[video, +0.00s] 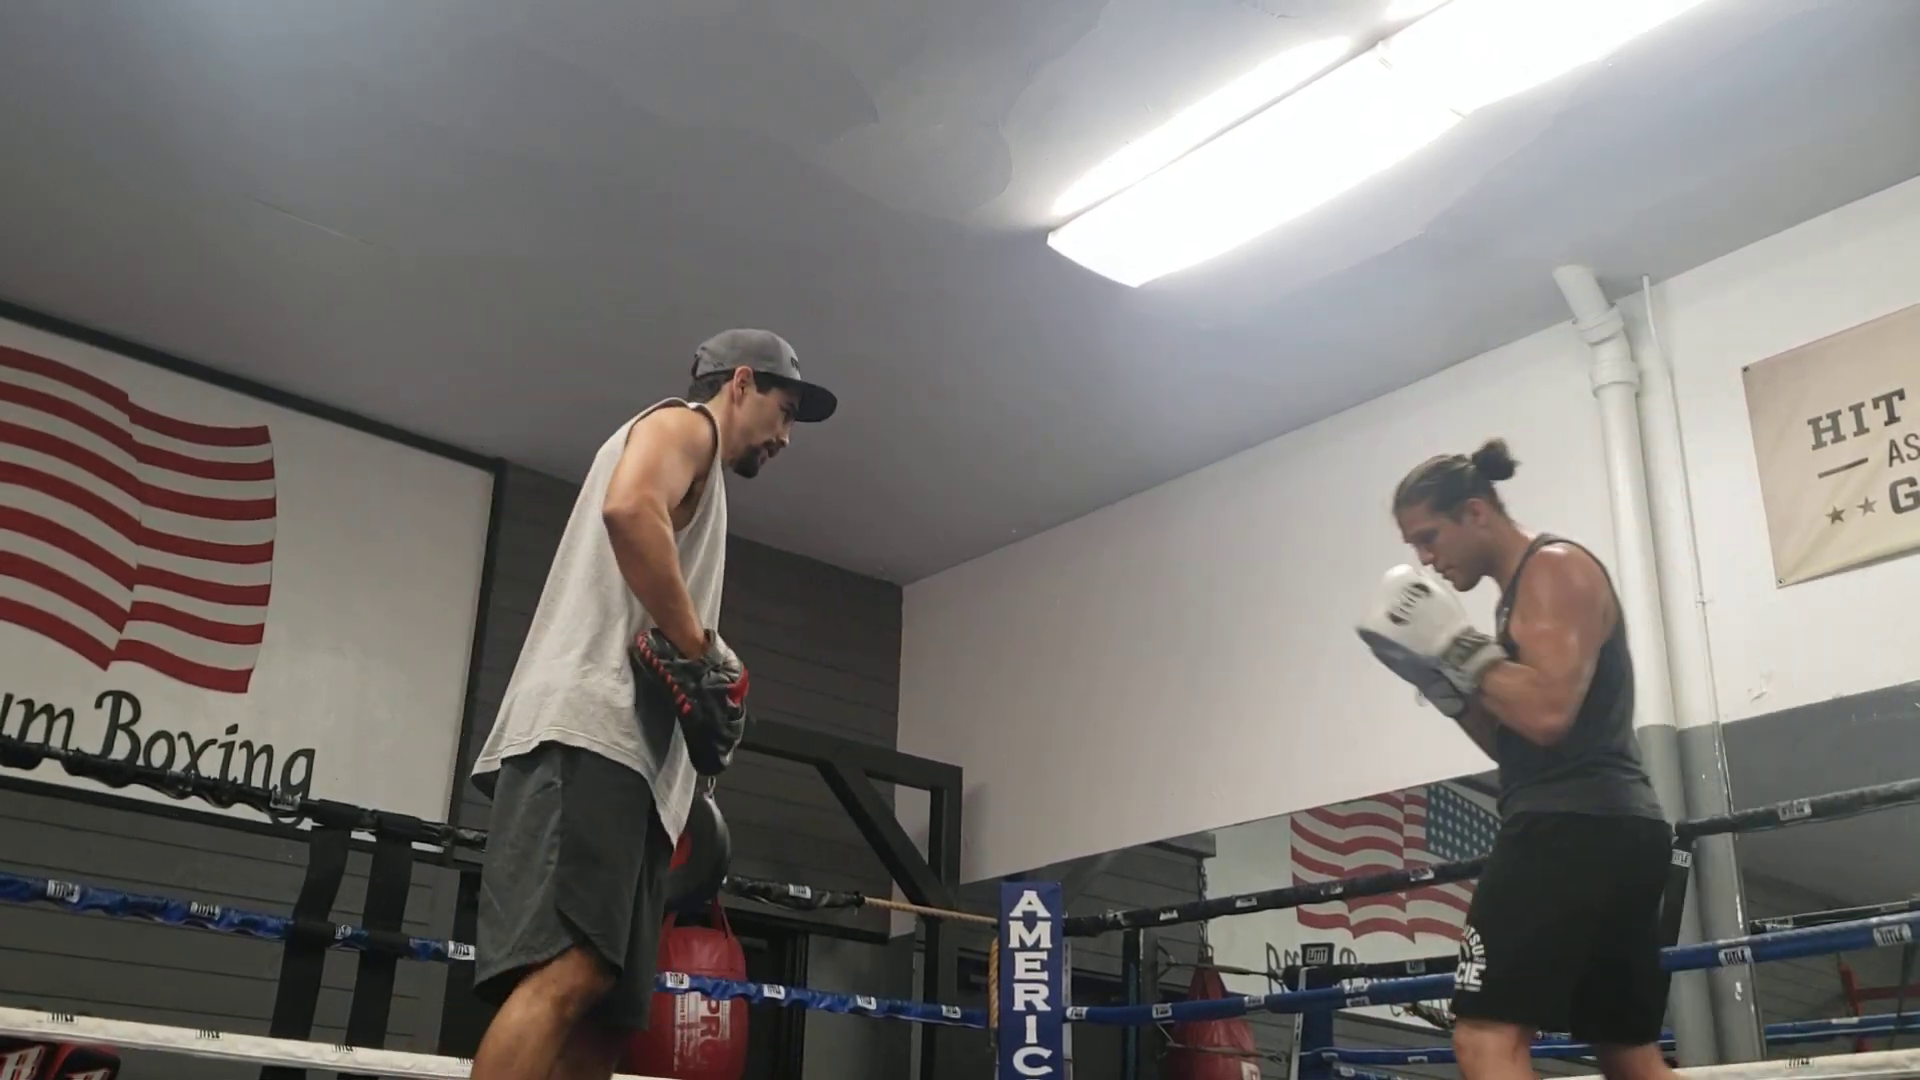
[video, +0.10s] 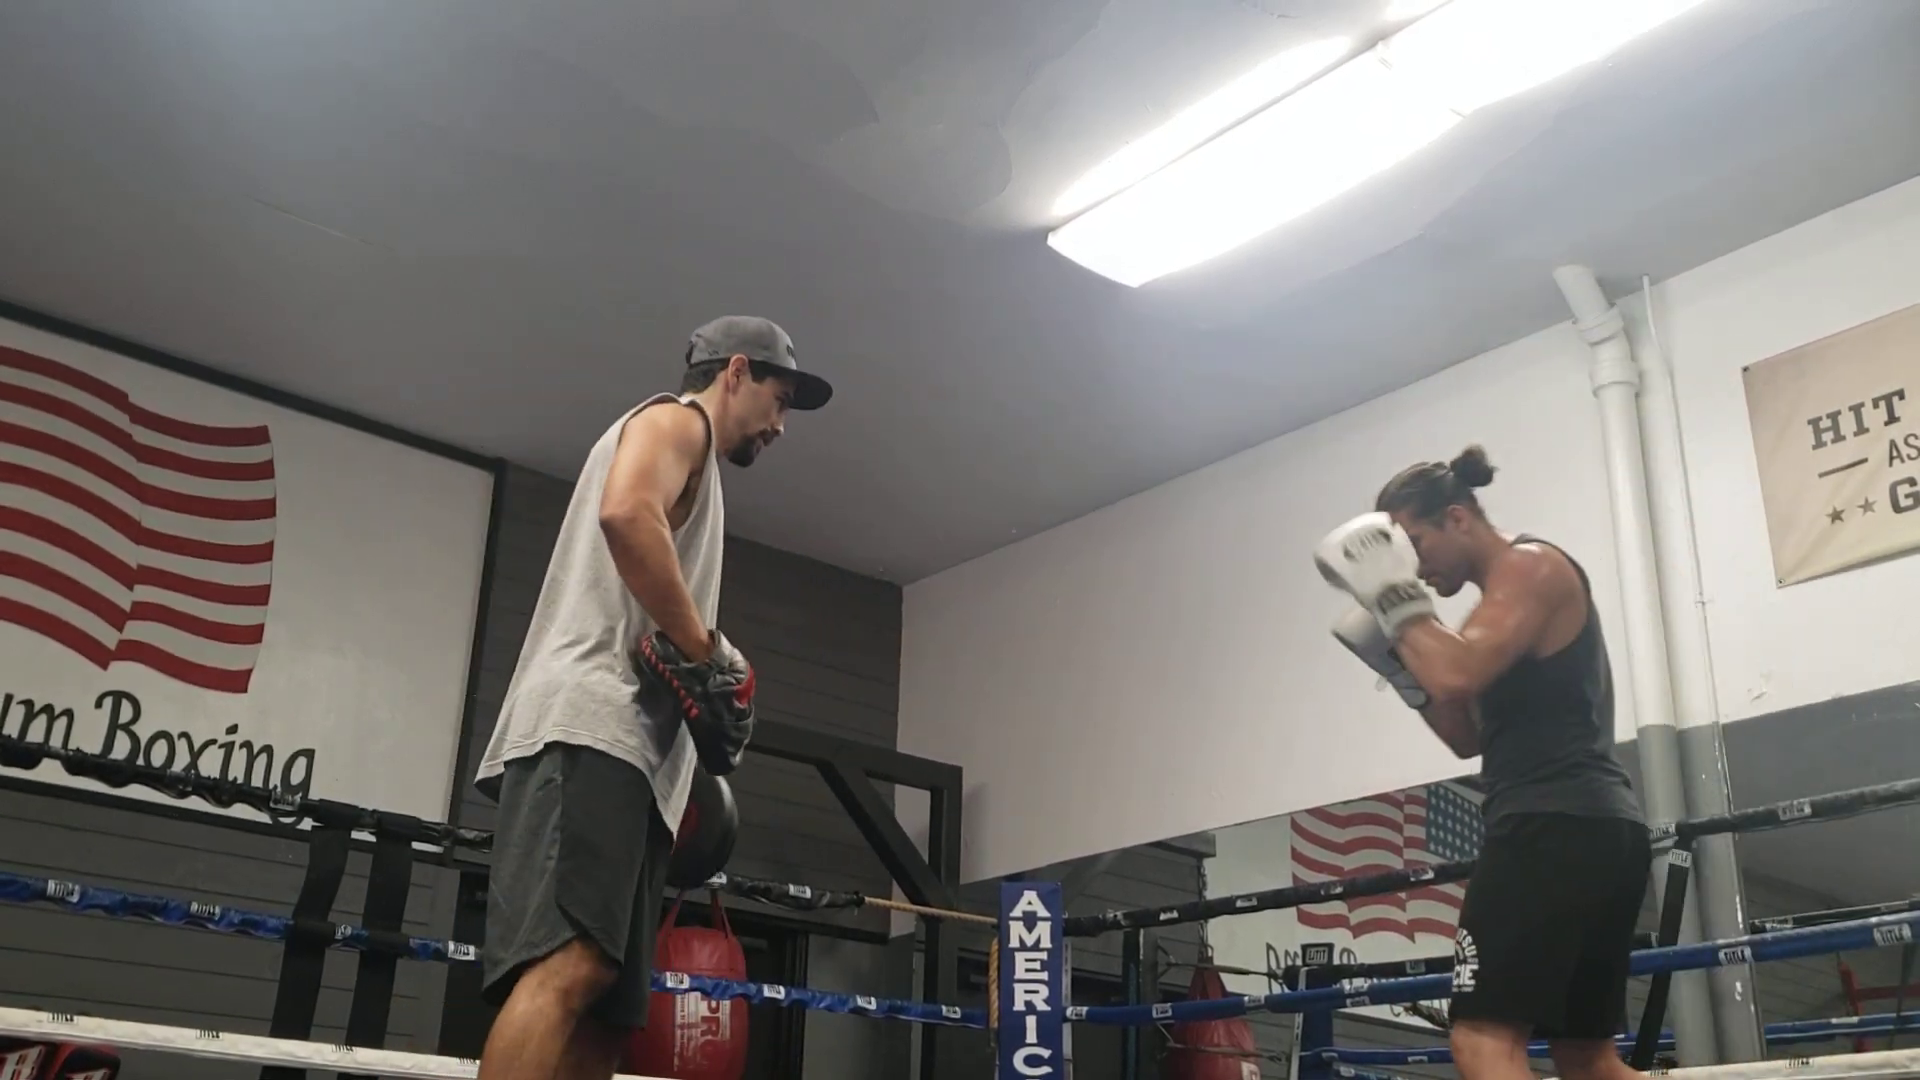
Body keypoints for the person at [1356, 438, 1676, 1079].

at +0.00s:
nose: (1425, 559)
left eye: (1428, 538)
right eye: (1415, 547)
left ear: (1477, 512)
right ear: (1476, 516)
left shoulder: (1557, 567)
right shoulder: (1516, 601)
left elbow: (1549, 714)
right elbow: (1518, 749)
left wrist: (1458, 642)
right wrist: (1448, 689)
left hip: (1566, 828)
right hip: (1619, 829)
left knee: (1487, 1039)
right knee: (1630, 1050)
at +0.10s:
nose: (1414, 563)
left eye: (1415, 542)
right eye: (1406, 551)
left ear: (1459, 516)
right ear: (1458, 520)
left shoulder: (1531, 566)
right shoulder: (1506, 594)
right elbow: (1472, 740)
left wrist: (1393, 592)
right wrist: (1400, 669)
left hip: (1549, 825)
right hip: (1603, 824)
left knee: (1484, 1041)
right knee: (1586, 1054)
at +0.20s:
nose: (1408, 571)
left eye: (1406, 552)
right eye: (1398, 560)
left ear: (1447, 523)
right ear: (1446, 526)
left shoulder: (1516, 562)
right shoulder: (1493, 612)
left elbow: (1411, 634)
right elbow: (1453, 749)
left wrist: (1365, 557)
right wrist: (1392, 674)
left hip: (1545, 828)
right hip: (1581, 829)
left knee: (1487, 1035)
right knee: (1562, 1051)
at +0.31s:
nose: (1406, 591)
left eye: (1407, 572)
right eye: (1397, 580)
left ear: (1443, 541)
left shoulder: (1509, 571)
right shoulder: (1478, 629)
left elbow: (1450, 644)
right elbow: (1461, 775)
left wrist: (1380, 584)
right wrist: (1396, 696)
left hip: (1543, 834)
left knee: (1497, 1043)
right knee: (1551, 1054)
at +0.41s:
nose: (1393, 608)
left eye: (1397, 587)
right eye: (1383, 596)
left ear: (1444, 566)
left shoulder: (1510, 600)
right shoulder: (1471, 654)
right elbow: (1468, 800)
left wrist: (1428, 643)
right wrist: (1405, 732)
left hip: (1548, 846)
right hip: (1523, 852)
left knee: (1514, 1049)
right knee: (1525, 1051)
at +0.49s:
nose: (1402, 625)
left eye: (1409, 605)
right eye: (1392, 613)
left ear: (1455, 588)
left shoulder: (1522, 629)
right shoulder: (1466, 697)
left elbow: (1577, 726)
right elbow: (1444, 819)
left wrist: (1469, 675)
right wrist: (1391, 741)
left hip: (1557, 866)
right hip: (1516, 877)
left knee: (1525, 1056)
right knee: (1514, 1059)